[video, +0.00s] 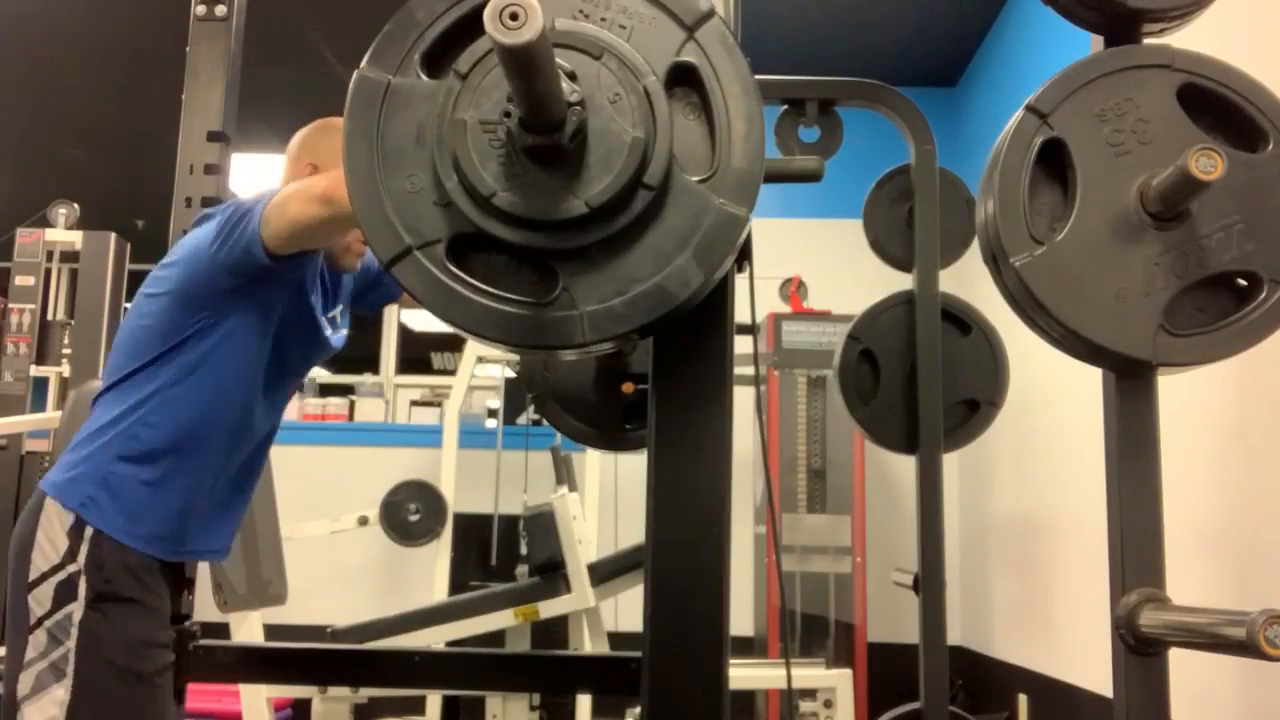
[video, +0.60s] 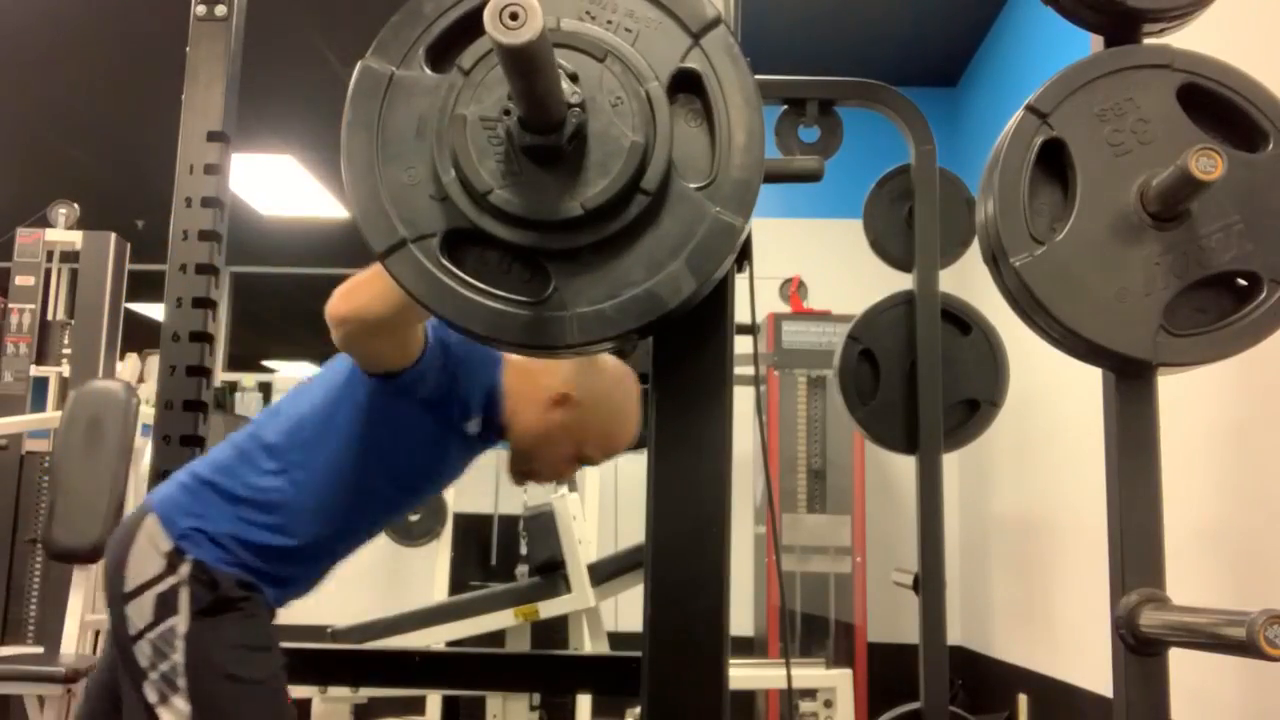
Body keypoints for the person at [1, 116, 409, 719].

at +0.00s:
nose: (375, 223)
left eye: (378, 202)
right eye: (361, 193)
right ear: (315, 184)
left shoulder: (334, 281)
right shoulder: (232, 241)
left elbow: (429, 262)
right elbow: (324, 197)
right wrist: (420, 168)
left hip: (160, 556)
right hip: (95, 545)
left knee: (148, 708)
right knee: (94, 711)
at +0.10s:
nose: (384, 248)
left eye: (389, 227)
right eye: (373, 222)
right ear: (329, 205)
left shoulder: (335, 291)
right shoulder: (232, 249)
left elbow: (439, 262)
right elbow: (327, 204)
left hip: (158, 559)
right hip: (89, 546)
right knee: (143, 707)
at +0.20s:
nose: (406, 305)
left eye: (420, 293)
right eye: (406, 279)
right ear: (362, 245)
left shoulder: (329, 318)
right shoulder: (241, 265)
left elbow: (431, 304)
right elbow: (324, 229)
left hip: (158, 565)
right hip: (91, 552)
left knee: (32, 706)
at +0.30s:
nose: (427, 371)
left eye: (441, 359)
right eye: (434, 348)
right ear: (392, 285)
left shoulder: (331, 358)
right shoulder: (270, 297)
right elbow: (332, 251)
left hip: (154, 577)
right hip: (96, 565)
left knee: (34, 711)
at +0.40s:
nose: (456, 428)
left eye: (476, 419)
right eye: (472, 406)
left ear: (448, 345)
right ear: (448, 342)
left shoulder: (370, 386)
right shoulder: (338, 336)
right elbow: (333, 287)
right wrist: (447, 238)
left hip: (144, 573)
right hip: (117, 571)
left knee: (41, 713)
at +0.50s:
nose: (511, 461)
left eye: (531, 451)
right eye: (528, 439)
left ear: (501, 371)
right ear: (506, 379)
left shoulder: (426, 398)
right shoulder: (402, 359)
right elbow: (346, 307)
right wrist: (463, 237)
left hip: (173, 571)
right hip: (153, 568)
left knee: (63, 711)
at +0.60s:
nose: (566, 477)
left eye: (583, 467)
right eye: (580, 457)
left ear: (553, 394)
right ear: (557, 399)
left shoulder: (472, 407)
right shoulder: (445, 365)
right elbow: (353, 312)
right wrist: (470, 240)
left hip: (214, 570)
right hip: (197, 567)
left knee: (101, 711)